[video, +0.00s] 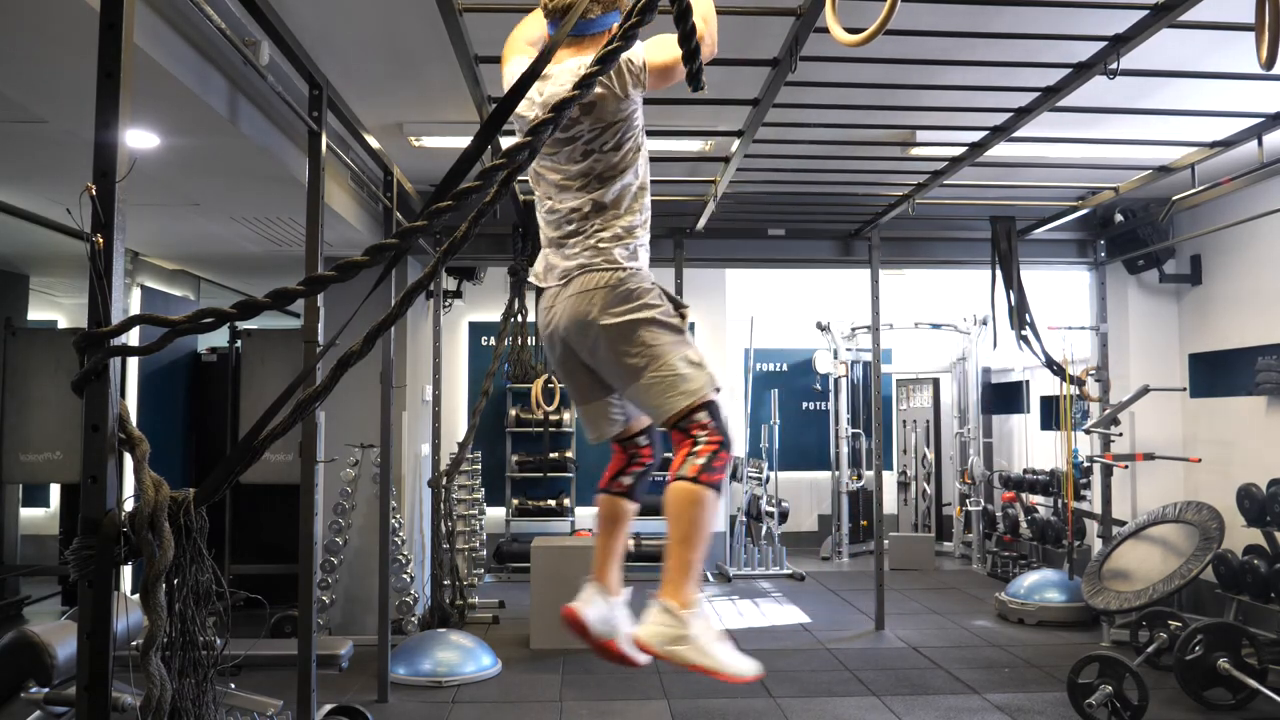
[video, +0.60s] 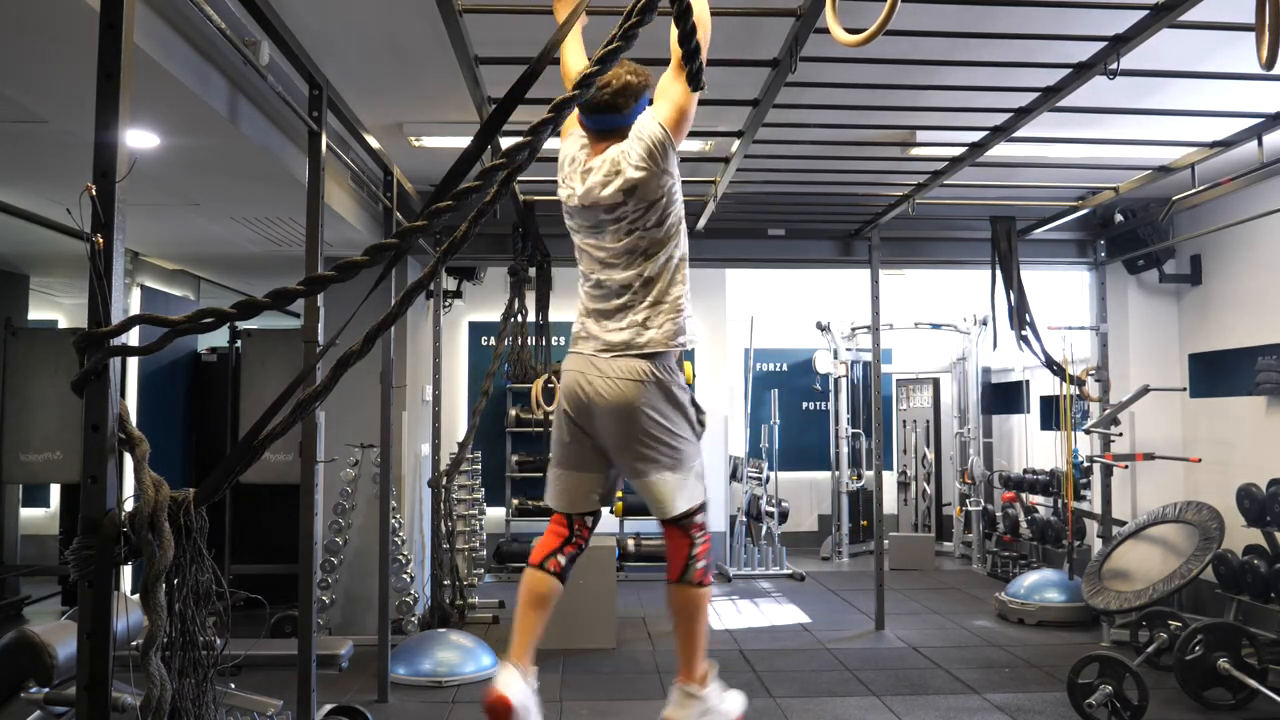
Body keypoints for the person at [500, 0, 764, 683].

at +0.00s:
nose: (625, 24)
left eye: (620, 19)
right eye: (624, 17)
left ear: (558, 21)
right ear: (618, 16)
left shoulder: (527, 75)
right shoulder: (619, 69)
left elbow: (527, 34)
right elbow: (704, 41)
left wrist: (573, 1)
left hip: (553, 303)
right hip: (612, 287)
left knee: (633, 443)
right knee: (703, 435)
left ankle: (602, 594)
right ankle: (677, 611)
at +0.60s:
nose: (660, 106)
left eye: (651, 97)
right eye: (652, 100)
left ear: (586, 113)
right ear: (638, 112)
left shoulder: (574, 167)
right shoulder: (649, 155)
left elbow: (577, 84)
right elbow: (689, 68)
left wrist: (568, 18)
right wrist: (696, 4)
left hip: (581, 367)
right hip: (643, 370)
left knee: (567, 524)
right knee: (687, 527)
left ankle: (515, 670)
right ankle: (692, 683)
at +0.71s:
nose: (660, 115)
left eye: (653, 109)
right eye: (653, 111)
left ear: (591, 124)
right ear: (642, 123)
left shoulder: (575, 171)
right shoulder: (657, 160)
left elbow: (577, 89)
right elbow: (700, 65)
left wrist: (569, 19)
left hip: (594, 371)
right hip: (660, 374)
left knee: (556, 511)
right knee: (739, 507)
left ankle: (478, 585)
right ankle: (754, 647)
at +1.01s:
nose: (667, 146)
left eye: (628, 138)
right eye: (671, 136)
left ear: (621, 142)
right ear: (676, 138)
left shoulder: (605, 181)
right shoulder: (703, 178)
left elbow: (586, 96)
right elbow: (704, 114)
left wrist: (571, 24)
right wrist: (684, 63)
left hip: (625, 363)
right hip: (695, 374)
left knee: (516, 409)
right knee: (676, 513)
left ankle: (471, 506)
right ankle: (699, 615)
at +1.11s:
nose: (684, 149)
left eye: (622, 142)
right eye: (677, 142)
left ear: (632, 149)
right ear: (677, 150)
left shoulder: (617, 185)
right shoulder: (700, 187)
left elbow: (589, 96)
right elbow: (695, 110)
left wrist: (572, 23)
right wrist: (687, 39)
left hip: (631, 362)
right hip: (690, 377)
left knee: (515, 413)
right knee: (633, 514)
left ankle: (428, 506)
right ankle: (596, 623)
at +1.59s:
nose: (622, 169)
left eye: (583, 160)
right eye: (618, 162)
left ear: (571, 167)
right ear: (621, 171)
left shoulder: (541, 201)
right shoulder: (635, 215)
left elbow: (527, 159)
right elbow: (664, 144)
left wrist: (568, 121)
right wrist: (681, 90)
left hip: (532, 370)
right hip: (594, 375)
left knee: (474, 427)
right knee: (631, 489)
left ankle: (457, 462)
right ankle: (653, 606)